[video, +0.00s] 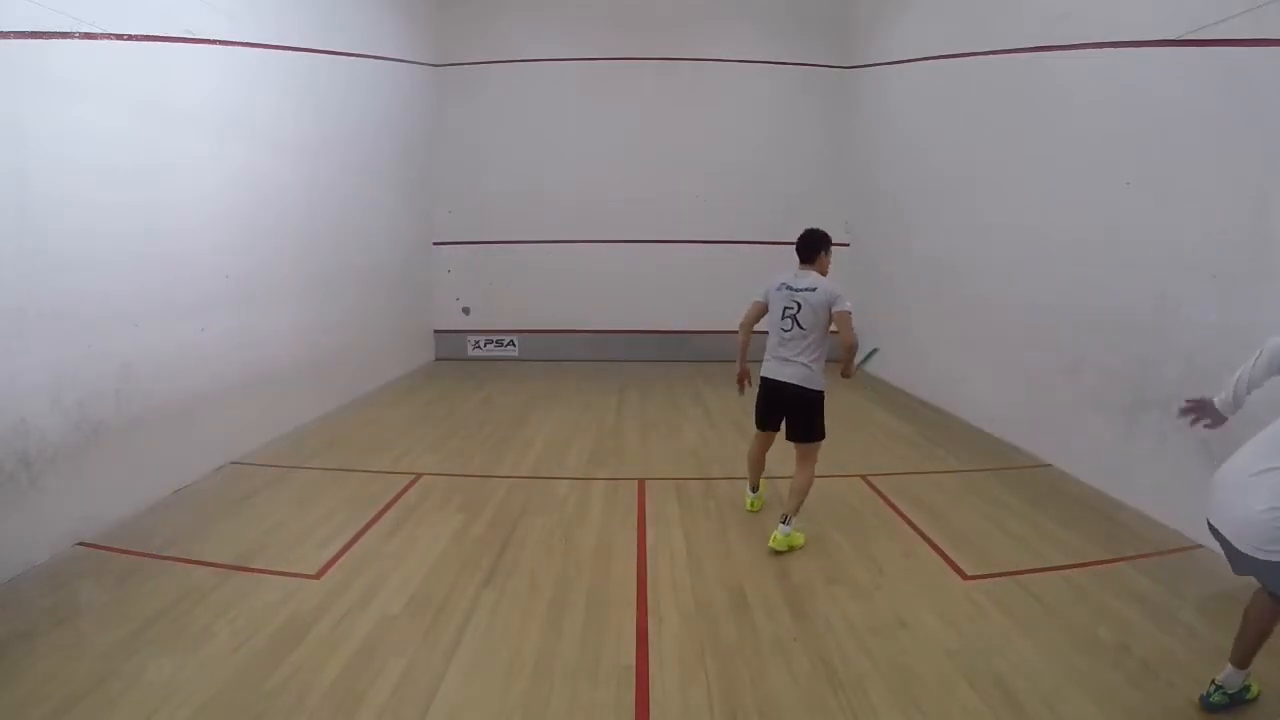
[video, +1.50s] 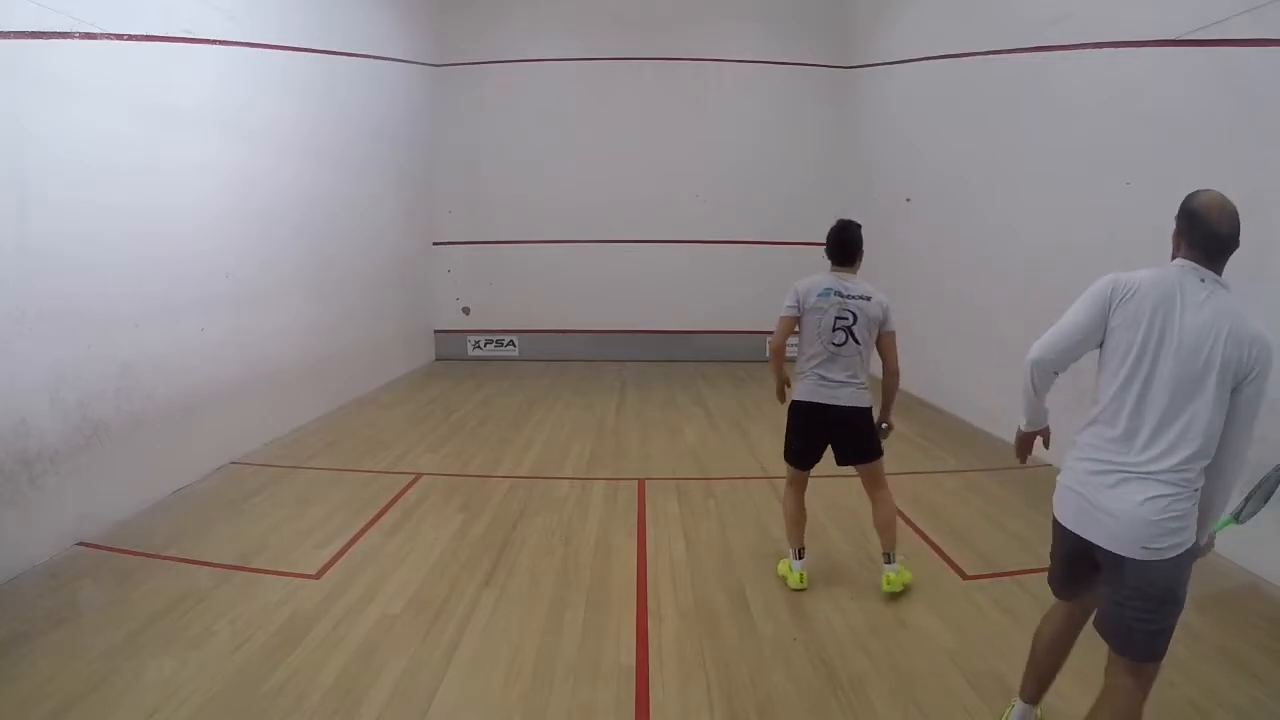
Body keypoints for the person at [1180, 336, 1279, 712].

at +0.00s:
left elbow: (1273, 353)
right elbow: (1272, 354)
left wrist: (1224, 402)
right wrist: (1226, 403)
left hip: (1225, 500)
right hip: (1267, 529)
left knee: (1273, 589)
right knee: (1272, 591)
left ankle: (1230, 681)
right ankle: (1231, 680)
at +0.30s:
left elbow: (1276, 339)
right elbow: (1278, 339)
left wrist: (1238, 372)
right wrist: (1239, 372)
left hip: (1271, 496)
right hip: (1271, 498)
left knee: (1249, 591)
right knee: (1248, 592)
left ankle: (1182, 701)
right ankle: (1183, 700)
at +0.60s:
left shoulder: (1253, 315)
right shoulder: (1253, 316)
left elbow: (1197, 376)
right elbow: (1197, 376)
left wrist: (1155, 470)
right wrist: (1156, 471)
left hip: (1225, 531)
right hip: (1275, 546)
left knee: (1151, 651)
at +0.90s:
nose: (1233, 231)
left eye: (1233, 223)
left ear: (1239, 222)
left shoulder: (1185, 266)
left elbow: (1094, 313)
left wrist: (1053, 416)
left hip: (1148, 513)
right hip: (1236, 538)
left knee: (1113, 652)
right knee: (1195, 665)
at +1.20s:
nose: (1210, 234)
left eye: (1212, 225)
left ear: (1216, 232)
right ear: (1275, 251)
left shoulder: (1149, 288)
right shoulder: (1273, 326)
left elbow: (1069, 361)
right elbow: (1272, 469)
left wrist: (1024, 461)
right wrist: (1269, 587)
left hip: (1090, 524)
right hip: (1169, 561)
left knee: (1101, 623)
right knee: (1128, 698)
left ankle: (1048, 714)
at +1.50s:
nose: (1175, 235)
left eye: (1176, 226)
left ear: (1177, 235)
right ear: (1234, 250)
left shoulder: (1120, 290)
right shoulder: (1251, 340)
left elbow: (1042, 359)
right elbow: (1230, 459)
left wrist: (1033, 420)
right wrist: (1203, 531)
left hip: (1078, 506)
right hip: (1158, 535)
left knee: (1071, 600)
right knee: (1129, 675)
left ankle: (1022, 710)